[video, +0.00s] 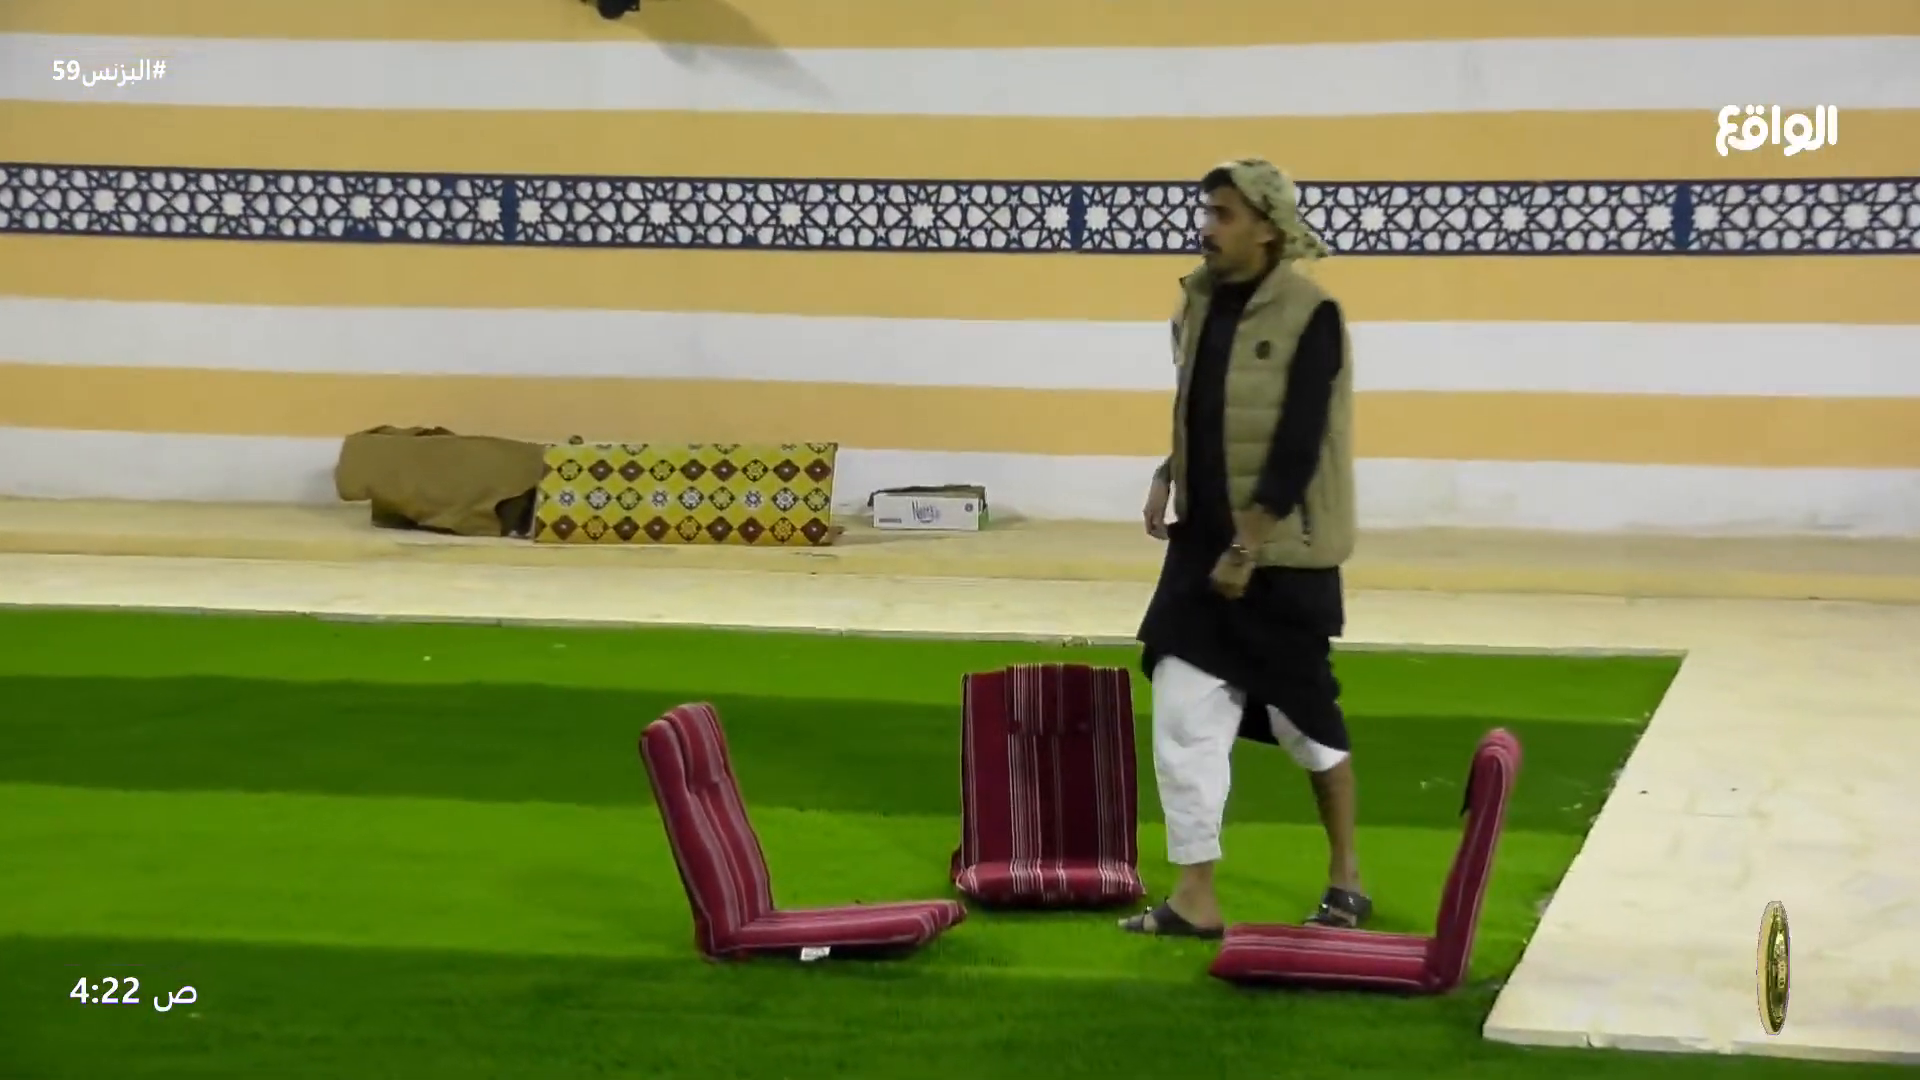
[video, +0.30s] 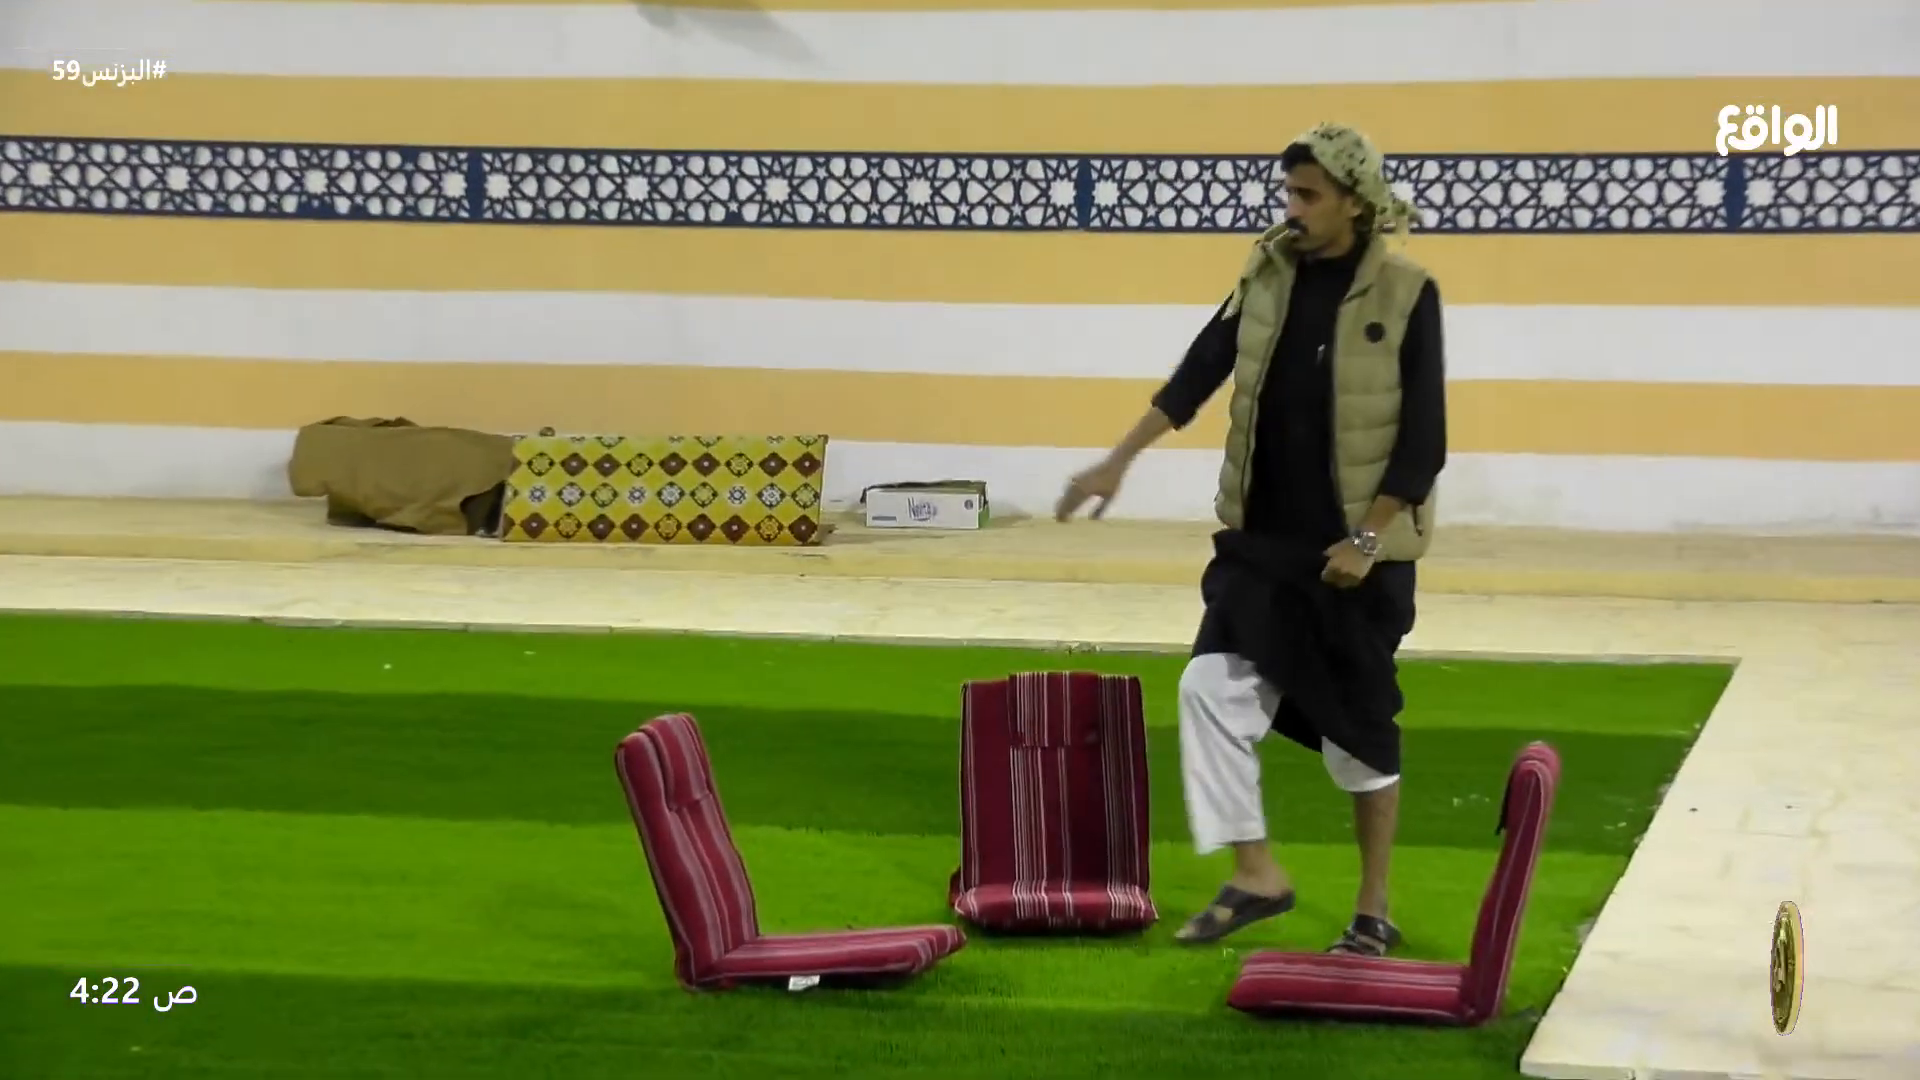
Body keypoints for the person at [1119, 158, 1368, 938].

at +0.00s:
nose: (1207, 227)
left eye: (1222, 215)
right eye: (1207, 213)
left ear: (1267, 226)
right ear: (1220, 224)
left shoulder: (1310, 311)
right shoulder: (1199, 303)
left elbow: (1299, 442)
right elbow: (1202, 415)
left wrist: (1247, 541)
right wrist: (1168, 474)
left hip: (1290, 556)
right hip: (1204, 547)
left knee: (1309, 720)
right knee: (1184, 711)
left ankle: (1345, 881)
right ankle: (1196, 899)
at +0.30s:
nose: (1293, 208)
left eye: (1309, 195)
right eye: (1289, 193)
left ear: (1357, 200)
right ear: (1289, 196)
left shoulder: (1406, 295)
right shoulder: (1268, 278)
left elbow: (1424, 434)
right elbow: (1200, 370)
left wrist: (1370, 536)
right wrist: (1119, 456)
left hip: (1360, 555)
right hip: (1261, 547)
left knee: (1362, 735)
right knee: (1211, 691)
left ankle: (1373, 911)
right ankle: (1258, 876)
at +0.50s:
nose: (1319, 187)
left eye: (1335, 171)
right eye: (1313, 172)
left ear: (1386, 175)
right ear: (1313, 176)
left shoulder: (1443, 275)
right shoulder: (1294, 265)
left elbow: (1456, 421)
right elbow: (1210, 349)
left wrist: (1402, 531)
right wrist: (1115, 429)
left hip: (1400, 547)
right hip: (1300, 542)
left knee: (1396, 738)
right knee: (1290, 719)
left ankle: (1398, 928)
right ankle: (1359, 880)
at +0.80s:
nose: (1252, 191)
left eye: (1264, 171)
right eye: (1246, 176)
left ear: (1320, 164)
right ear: (1256, 181)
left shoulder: (1402, 243)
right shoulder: (1265, 267)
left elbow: (1444, 382)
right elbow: (1238, 395)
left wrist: (1403, 501)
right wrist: (1194, 514)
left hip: (1414, 517)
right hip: (1327, 526)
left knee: (1376, 706)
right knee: (1342, 710)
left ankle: (1400, 921)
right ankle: (1409, 906)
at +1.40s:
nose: (1140, 227)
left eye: (1146, 210)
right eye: (1136, 212)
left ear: (1196, 197)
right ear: (1192, 201)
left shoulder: (1273, 263)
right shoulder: (1210, 270)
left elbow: (1316, 397)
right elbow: (1234, 399)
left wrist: (1277, 506)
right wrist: (1226, 490)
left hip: (1327, 531)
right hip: (1287, 531)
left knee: (1291, 716)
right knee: (1308, 708)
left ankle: (1308, 919)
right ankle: (1341, 896)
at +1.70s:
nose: (1128, 200)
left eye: (1128, 184)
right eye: (1123, 185)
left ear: (1160, 179)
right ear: (1210, 157)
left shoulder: (1196, 262)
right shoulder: (1284, 221)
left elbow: (1205, 409)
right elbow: (1290, 353)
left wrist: (1193, 504)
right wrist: (1199, 412)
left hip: (1252, 511)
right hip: (1322, 483)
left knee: (1253, 696)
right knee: (1241, 643)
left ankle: (1270, 920)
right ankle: (1246, 799)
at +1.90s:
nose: (1139, 183)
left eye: (1142, 166)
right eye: (1138, 166)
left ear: (1169, 165)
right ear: (1229, 150)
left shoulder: (1183, 258)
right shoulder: (1298, 231)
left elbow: (1180, 403)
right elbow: (1334, 367)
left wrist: (1160, 501)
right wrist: (1298, 456)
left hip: (1221, 520)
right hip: (1297, 501)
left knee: (1231, 704)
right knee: (1272, 640)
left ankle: (1255, 919)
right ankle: (1271, 793)